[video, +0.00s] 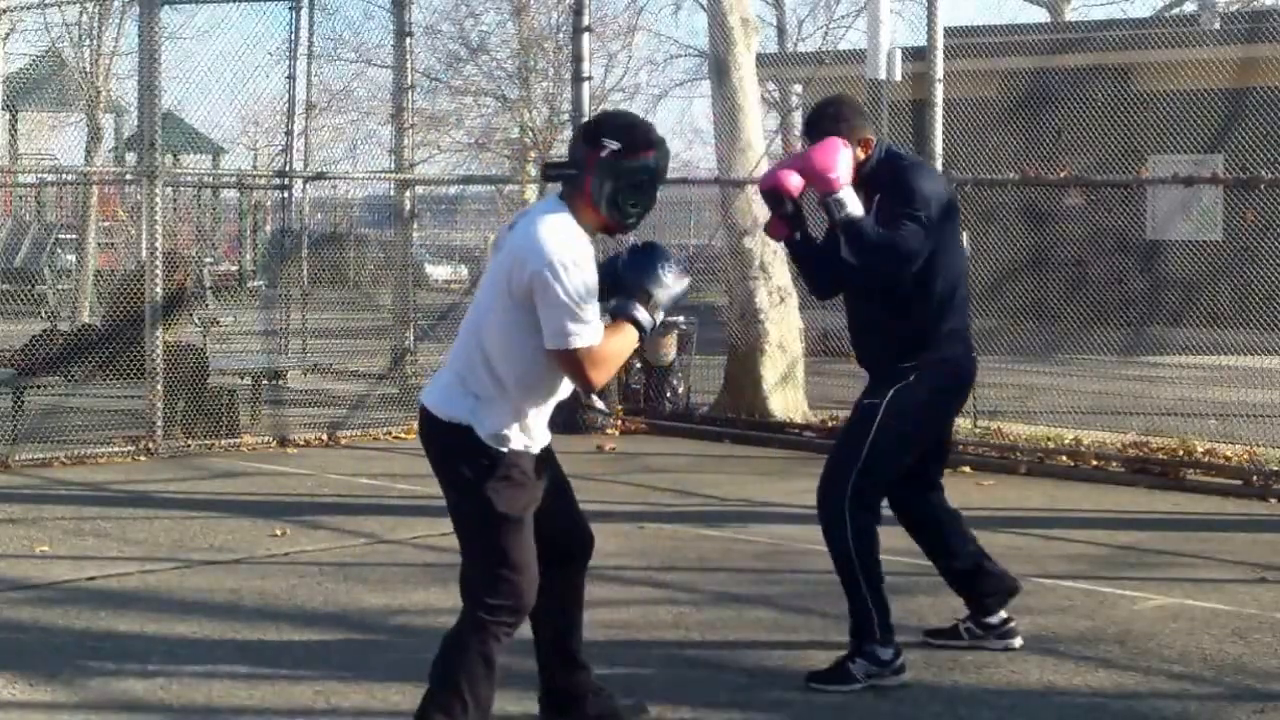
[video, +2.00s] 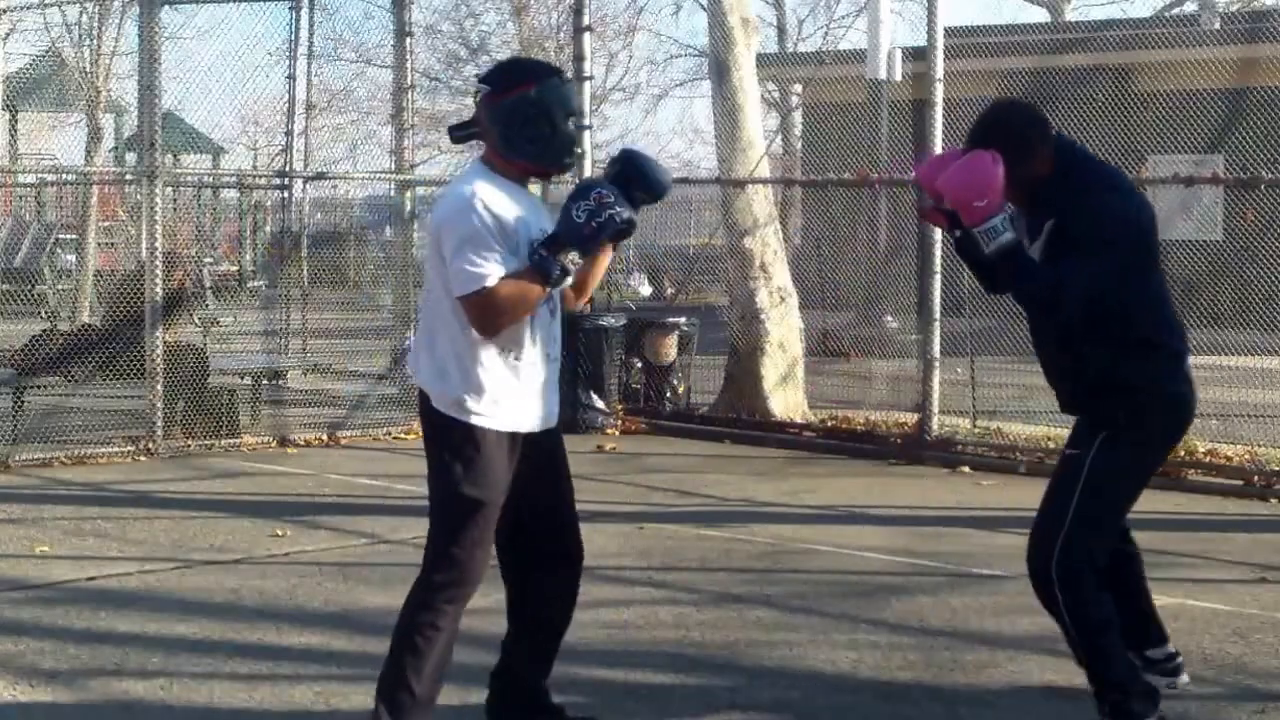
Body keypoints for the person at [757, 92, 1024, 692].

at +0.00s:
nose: (830, 170)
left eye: (834, 158)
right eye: (822, 161)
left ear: (864, 144)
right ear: (831, 156)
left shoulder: (912, 179)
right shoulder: (856, 196)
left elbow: (897, 259)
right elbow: (827, 281)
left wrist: (842, 201)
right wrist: (791, 230)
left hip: (923, 367)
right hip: (907, 367)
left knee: (843, 496)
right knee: (913, 492)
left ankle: (875, 650)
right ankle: (991, 608)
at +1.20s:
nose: (843, 232)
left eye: (845, 221)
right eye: (841, 223)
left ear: (874, 212)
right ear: (884, 204)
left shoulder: (953, 242)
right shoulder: (891, 250)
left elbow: (938, 340)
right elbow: (857, 337)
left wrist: (862, 291)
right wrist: (818, 304)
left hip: (978, 431)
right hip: (955, 428)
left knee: (887, 537)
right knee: (973, 541)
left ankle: (820, 699)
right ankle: (1057, 643)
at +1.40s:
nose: (883, 397)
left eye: (894, 386)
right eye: (872, 385)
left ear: (916, 360)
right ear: (851, 357)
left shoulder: (951, 369)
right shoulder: (825, 339)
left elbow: (946, 476)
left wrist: (881, 466)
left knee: (832, 556)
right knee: (894, 629)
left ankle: (793, 702)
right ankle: (1029, 630)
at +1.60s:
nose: (931, 302)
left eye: (945, 293)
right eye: (925, 287)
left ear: (973, 279)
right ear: (910, 266)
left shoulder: (1011, 316)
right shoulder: (877, 286)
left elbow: (1003, 429)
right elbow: (810, 333)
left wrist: (937, 386)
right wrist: (800, 383)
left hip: (983, 461)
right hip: (918, 462)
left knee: (871, 542)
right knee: (940, 598)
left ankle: (802, 706)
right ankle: (1068, 658)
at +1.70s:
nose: (936, 229)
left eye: (946, 218)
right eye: (931, 216)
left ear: (986, 207)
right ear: (927, 205)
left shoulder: (1045, 248)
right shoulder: (933, 240)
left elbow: (1045, 356)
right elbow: (885, 322)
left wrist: (970, 302)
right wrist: (867, 285)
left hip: (1040, 429)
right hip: (988, 429)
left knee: (930, 518)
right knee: (990, 546)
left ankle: (885, 689)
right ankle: (1074, 658)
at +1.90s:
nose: (980, 186)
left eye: (981, 173)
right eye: (973, 175)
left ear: (1011, 156)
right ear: (1018, 152)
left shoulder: (1075, 199)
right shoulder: (1024, 197)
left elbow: (1041, 299)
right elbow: (973, 275)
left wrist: (977, 233)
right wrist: (939, 221)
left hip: (1102, 412)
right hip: (1066, 410)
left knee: (1030, 565)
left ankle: (1126, 695)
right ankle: (1100, 662)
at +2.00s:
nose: (998, 191)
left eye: (1000, 177)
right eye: (991, 179)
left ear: (1033, 160)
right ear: (1035, 155)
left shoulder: (1102, 202)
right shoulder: (1046, 193)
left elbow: (1055, 301)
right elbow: (1000, 279)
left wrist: (990, 225)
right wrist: (958, 226)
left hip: (1142, 402)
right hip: (1112, 399)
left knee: (1056, 559)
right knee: (1094, 526)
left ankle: (1130, 703)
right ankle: (1153, 657)